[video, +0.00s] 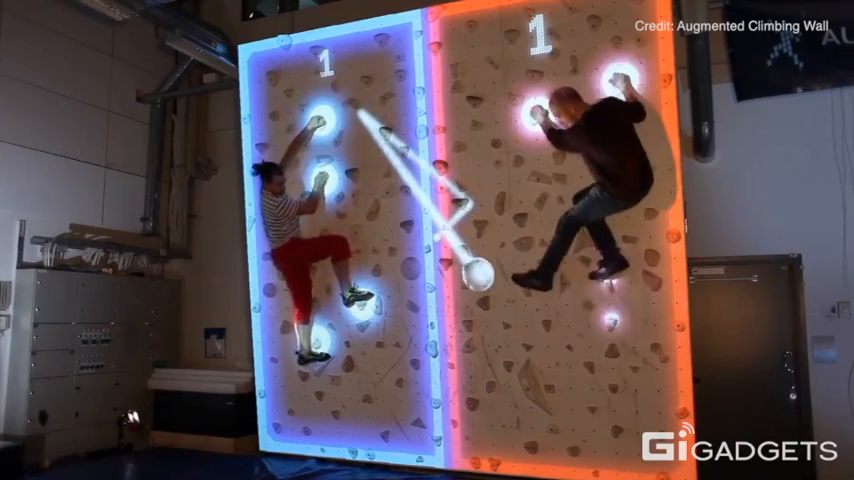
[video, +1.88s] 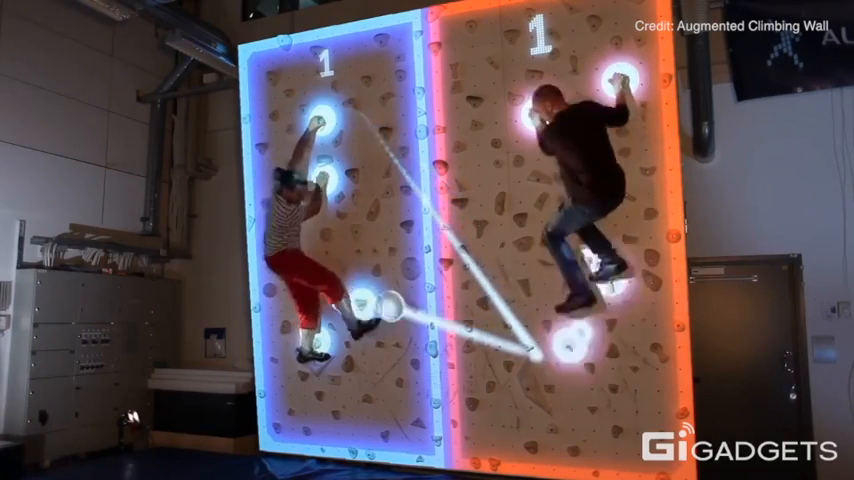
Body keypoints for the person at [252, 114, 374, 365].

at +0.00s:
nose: (283, 185)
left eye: (283, 181)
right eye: (278, 183)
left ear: (279, 179)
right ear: (268, 184)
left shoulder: (269, 192)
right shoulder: (278, 203)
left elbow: (289, 156)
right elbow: (311, 207)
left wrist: (309, 129)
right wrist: (320, 185)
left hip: (286, 251)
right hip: (291, 251)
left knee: (302, 300)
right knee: (337, 244)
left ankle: (305, 352)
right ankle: (348, 293)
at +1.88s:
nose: (302, 192)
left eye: (302, 189)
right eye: (298, 189)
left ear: (293, 186)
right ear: (287, 191)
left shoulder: (283, 195)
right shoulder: (290, 210)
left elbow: (298, 159)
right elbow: (315, 208)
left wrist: (310, 131)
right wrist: (321, 189)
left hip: (282, 256)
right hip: (285, 256)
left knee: (308, 302)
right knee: (329, 281)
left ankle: (306, 350)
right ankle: (354, 325)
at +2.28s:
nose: (296, 188)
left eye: (295, 185)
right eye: (293, 185)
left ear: (279, 187)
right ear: (281, 188)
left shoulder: (275, 198)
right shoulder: (283, 209)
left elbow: (293, 162)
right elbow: (311, 209)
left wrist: (310, 132)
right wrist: (320, 188)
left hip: (280, 256)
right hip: (286, 253)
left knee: (311, 296)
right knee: (332, 246)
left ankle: (306, 349)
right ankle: (352, 293)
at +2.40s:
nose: (297, 184)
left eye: (296, 180)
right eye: (293, 183)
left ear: (289, 179)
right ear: (282, 185)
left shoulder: (278, 191)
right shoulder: (284, 204)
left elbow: (297, 157)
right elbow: (314, 207)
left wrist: (310, 131)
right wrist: (321, 187)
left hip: (285, 255)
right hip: (293, 250)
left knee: (315, 294)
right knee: (343, 247)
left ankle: (306, 346)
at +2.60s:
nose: (293, 185)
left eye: (292, 181)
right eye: (289, 183)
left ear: (286, 180)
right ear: (277, 186)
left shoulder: (277, 188)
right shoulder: (277, 210)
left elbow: (295, 156)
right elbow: (303, 234)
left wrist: (310, 131)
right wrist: (324, 211)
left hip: (278, 254)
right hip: (285, 252)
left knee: (309, 295)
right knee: (334, 256)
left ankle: (306, 349)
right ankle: (384, 273)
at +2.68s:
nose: (288, 184)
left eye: (286, 180)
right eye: (284, 183)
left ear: (279, 182)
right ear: (273, 189)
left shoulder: (275, 189)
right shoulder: (268, 213)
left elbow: (294, 156)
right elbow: (294, 236)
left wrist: (310, 131)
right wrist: (315, 214)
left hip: (280, 252)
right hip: (280, 253)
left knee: (308, 296)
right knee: (328, 249)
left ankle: (304, 348)